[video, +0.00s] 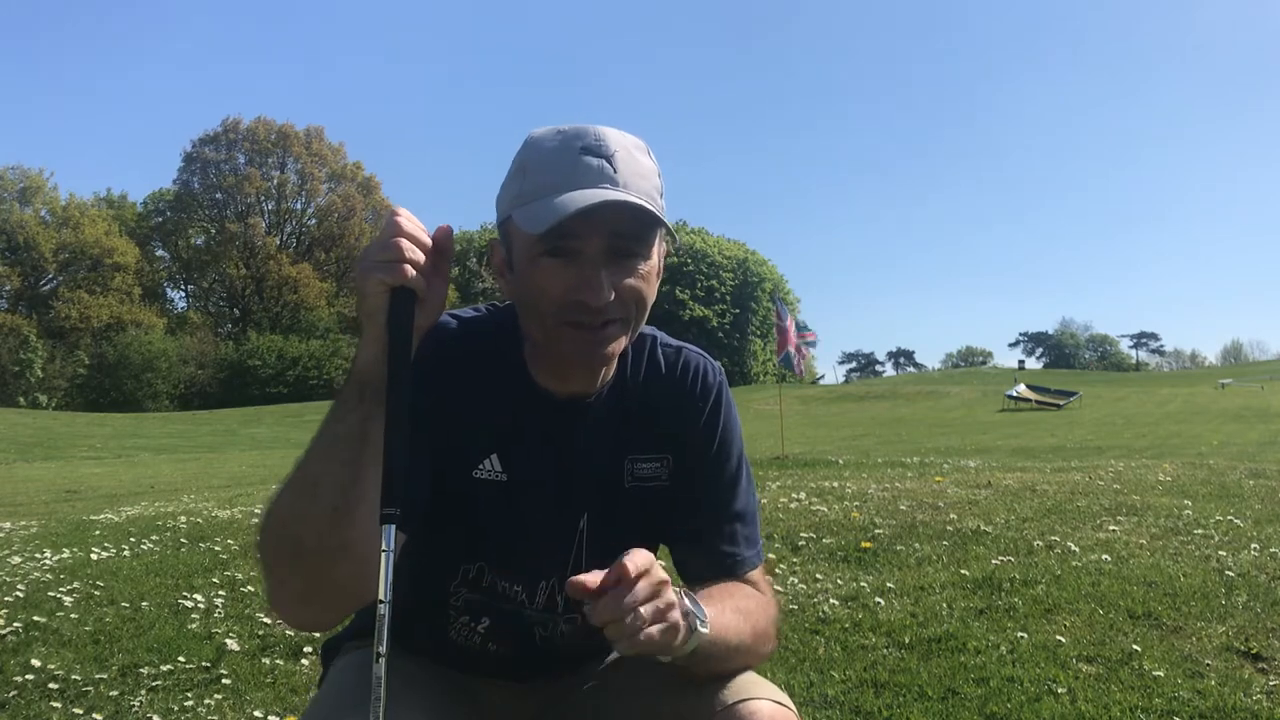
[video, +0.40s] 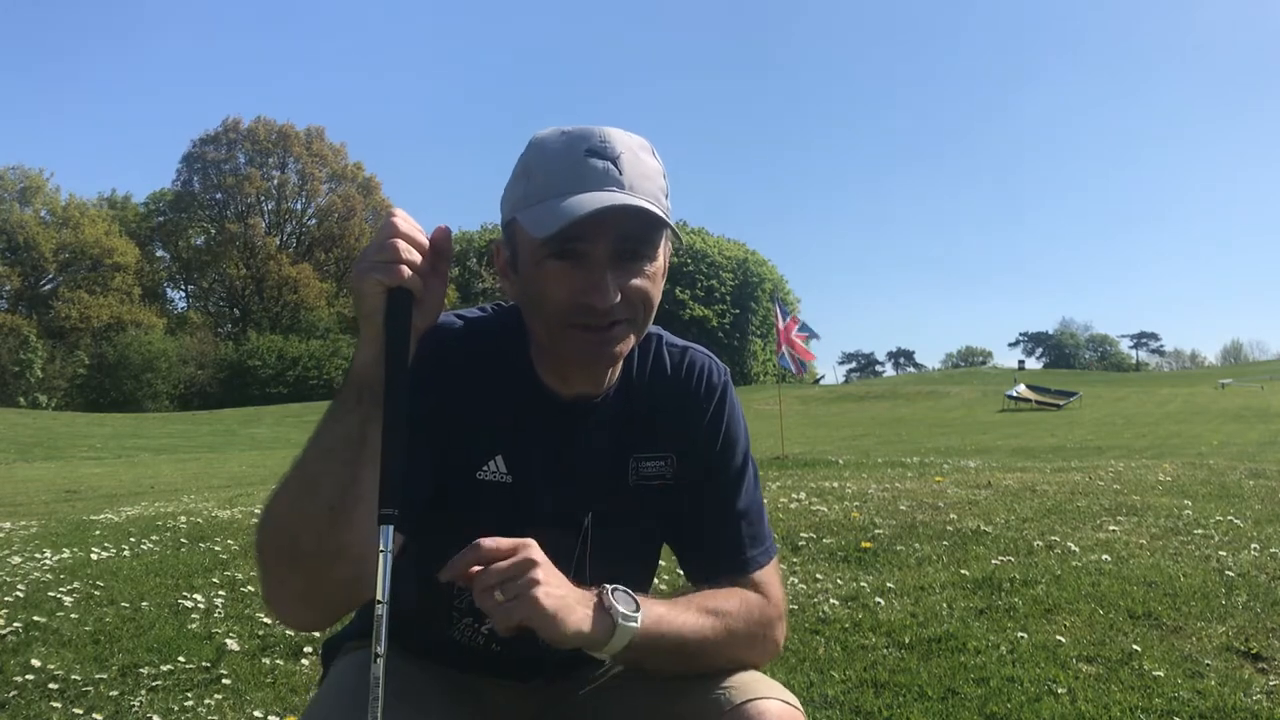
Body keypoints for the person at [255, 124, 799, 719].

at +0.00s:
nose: (597, 291)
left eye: (626, 252)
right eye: (560, 252)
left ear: (660, 263)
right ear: (501, 263)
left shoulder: (688, 388)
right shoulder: (430, 362)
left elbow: (752, 612)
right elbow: (302, 601)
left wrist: (685, 621)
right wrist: (377, 357)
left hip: (607, 666)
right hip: (430, 666)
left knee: (762, 712)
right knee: (348, 708)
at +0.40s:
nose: (604, 292)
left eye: (632, 255)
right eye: (568, 255)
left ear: (665, 262)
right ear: (507, 263)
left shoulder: (692, 388)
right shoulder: (436, 362)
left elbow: (759, 621)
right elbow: (298, 600)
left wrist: (594, 613)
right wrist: (377, 356)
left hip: (606, 666)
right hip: (430, 665)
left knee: (770, 711)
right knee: (351, 702)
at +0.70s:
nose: (602, 288)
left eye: (630, 250)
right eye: (564, 249)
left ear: (663, 265)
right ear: (505, 262)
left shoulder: (692, 385)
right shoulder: (437, 361)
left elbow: (761, 618)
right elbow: (303, 601)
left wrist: (592, 635)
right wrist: (379, 361)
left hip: (606, 672)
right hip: (435, 664)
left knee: (775, 712)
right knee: (353, 700)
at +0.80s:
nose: (601, 287)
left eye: (630, 250)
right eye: (564, 249)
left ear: (663, 265)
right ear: (504, 262)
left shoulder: (692, 385)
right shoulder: (436, 363)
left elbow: (760, 618)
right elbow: (304, 601)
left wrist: (603, 634)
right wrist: (379, 362)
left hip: (607, 670)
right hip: (434, 663)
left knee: (776, 710)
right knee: (355, 698)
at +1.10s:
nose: (603, 289)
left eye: (633, 252)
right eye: (568, 252)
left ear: (665, 265)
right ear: (509, 262)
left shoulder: (692, 386)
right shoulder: (439, 364)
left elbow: (761, 614)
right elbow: (311, 601)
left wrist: (614, 632)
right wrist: (382, 364)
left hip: (603, 671)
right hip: (433, 664)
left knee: (773, 707)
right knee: (355, 700)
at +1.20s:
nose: (604, 290)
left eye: (633, 253)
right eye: (567, 252)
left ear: (665, 266)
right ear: (508, 262)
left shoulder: (692, 386)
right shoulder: (440, 363)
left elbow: (761, 615)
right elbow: (311, 601)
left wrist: (613, 631)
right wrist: (383, 366)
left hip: (604, 670)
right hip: (434, 664)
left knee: (774, 708)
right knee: (355, 700)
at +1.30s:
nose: (604, 291)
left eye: (633, 253)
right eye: (568, 252)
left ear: (665, 267)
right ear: (508, 262)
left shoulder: (692, 386)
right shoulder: (441, 364)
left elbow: (762, 614)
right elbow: (315, 601)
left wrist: (613, 632)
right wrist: (386, 365)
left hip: (605, 672)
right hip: (436, 665)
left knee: (775, 708)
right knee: (357, 699)